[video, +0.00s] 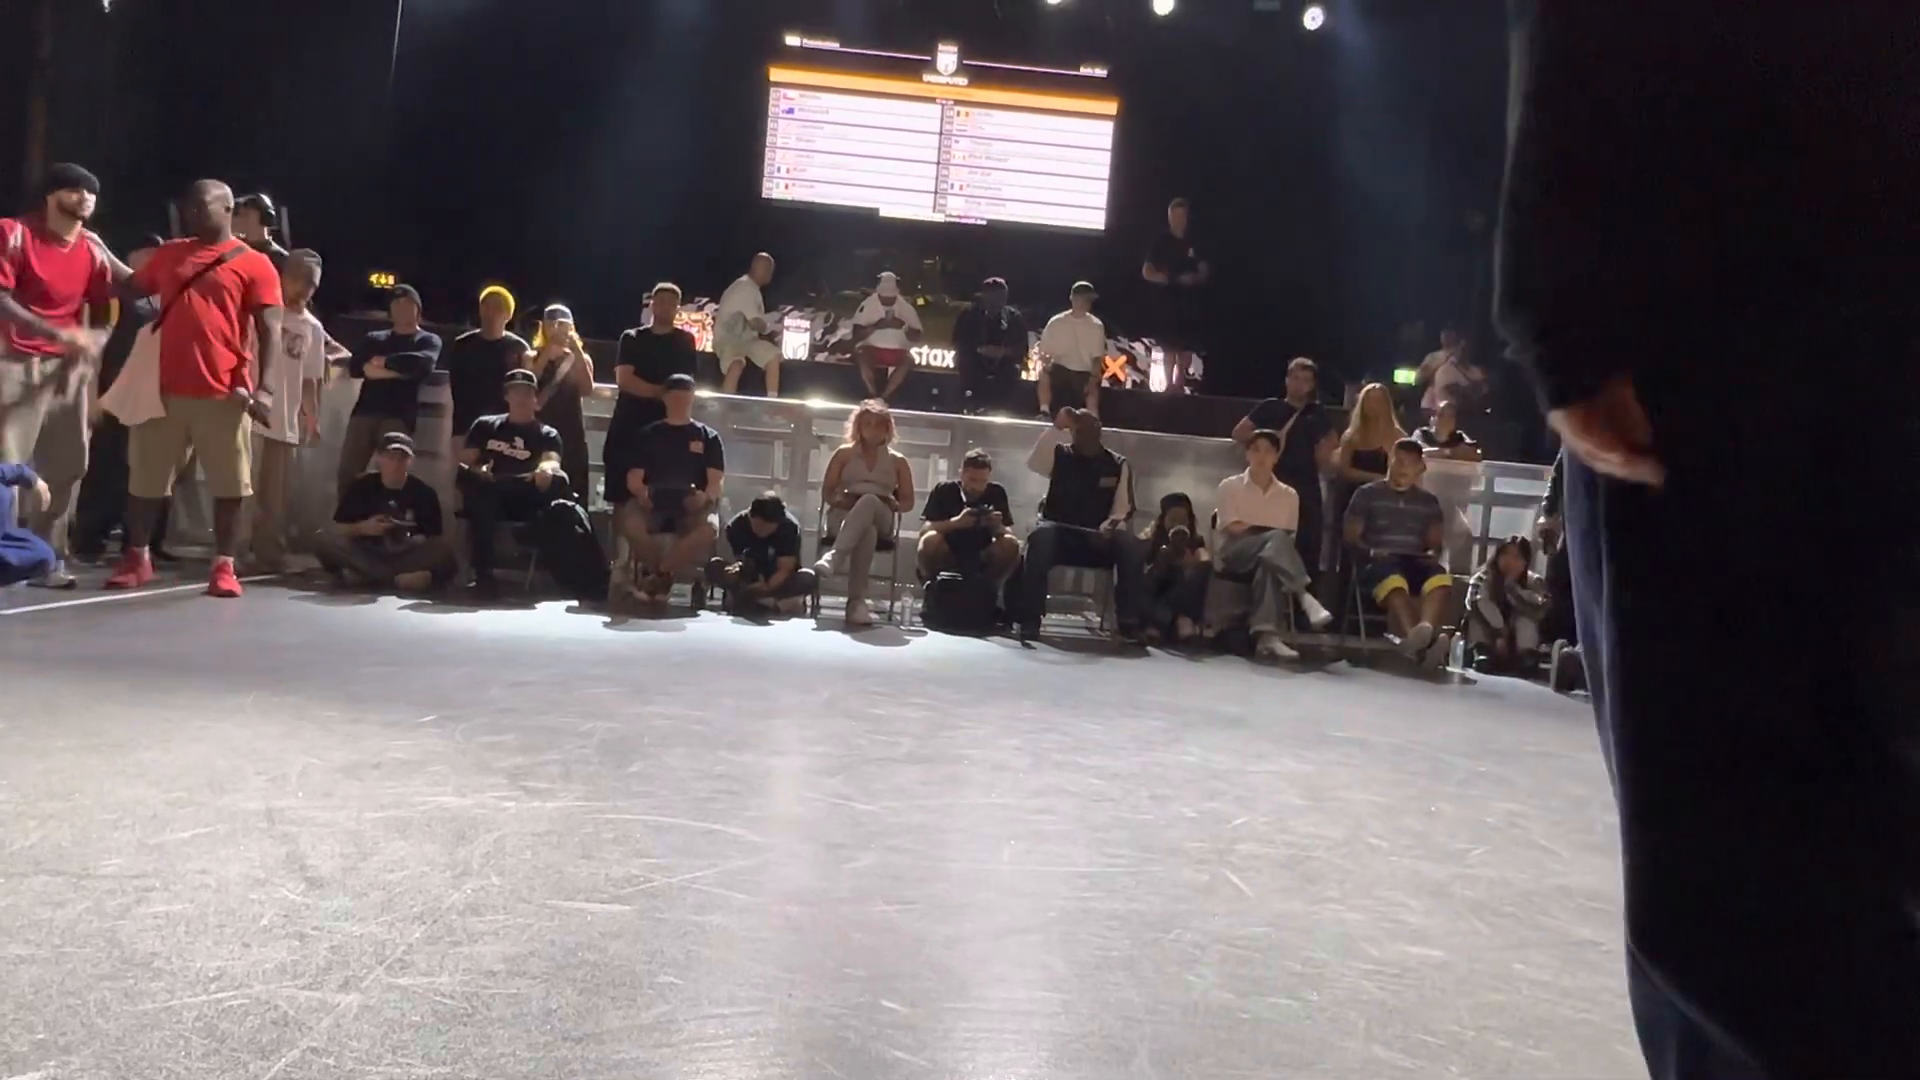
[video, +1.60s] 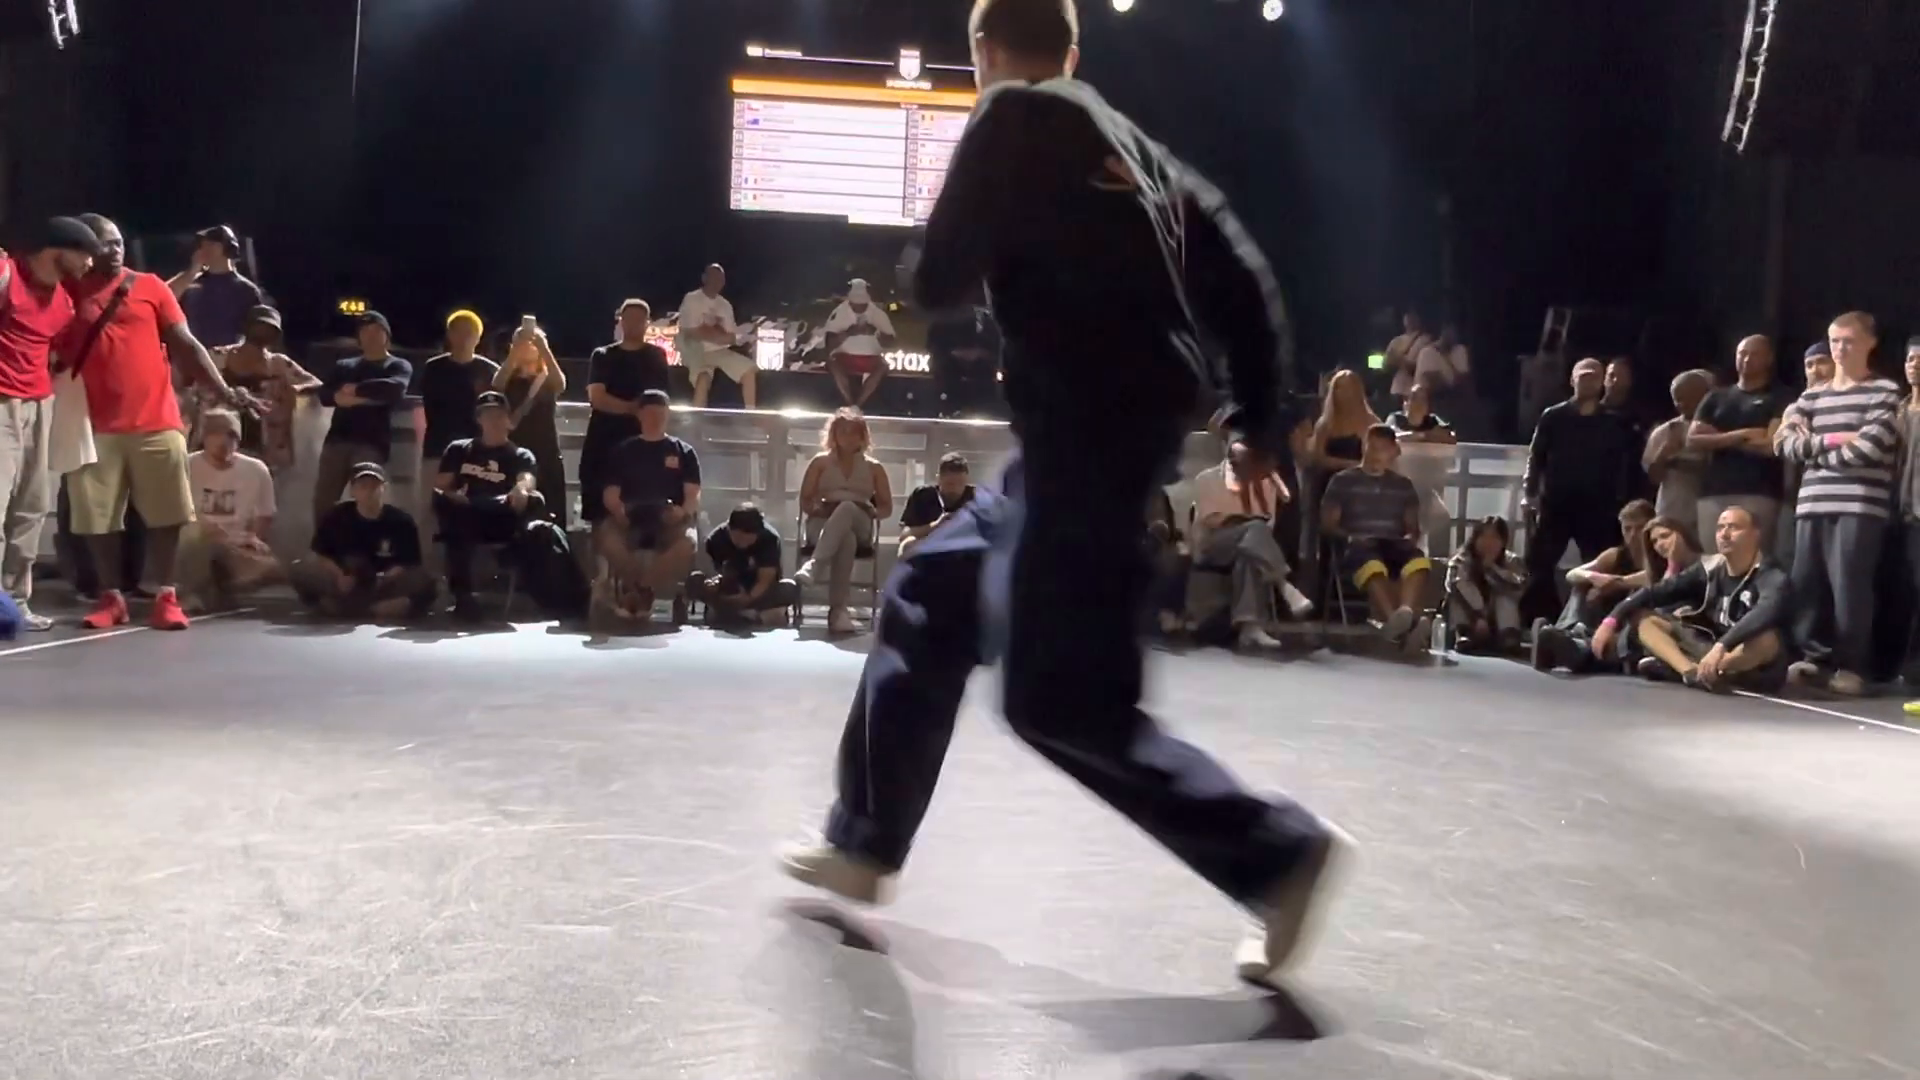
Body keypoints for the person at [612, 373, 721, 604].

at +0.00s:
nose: (680, 400)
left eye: (685, 394)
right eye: (675, 394)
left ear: (692, 397)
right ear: (665, 397)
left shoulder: (708, 437)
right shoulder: (647, 434)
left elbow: (715, 482)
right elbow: (633, 477)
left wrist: (704, 498)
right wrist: (644, 494)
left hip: (690, 499)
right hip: (654, 497)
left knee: (708, 530)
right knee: (630, 520)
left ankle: (659, 574)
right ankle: (662, 575)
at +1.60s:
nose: (655, 417)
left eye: (660, 411)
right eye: (650, 411)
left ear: (667, 415)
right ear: (639, 414)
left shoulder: (683, 451)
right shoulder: (622, 450)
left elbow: (692, 495)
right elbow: (610, 493)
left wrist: (682, 512)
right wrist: (622, 514)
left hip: (668, 513)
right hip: (632, 512)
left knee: (687, 543)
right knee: (607, 535)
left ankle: (644, 589)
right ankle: (639, 590)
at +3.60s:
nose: (678, 429)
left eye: (682, 423)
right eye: (672, 423)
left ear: (689, 426)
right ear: (662, 426)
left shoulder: (706, 462)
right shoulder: (645, 462)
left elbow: (715, 504)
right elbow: (633, 505)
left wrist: (704, 523)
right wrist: (642, 522)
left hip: (690, 523)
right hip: (655, 523)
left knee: (710, 555)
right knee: (630, 545)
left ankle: (663, 601)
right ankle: (661, 600)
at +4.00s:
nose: (682, 422)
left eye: (687, 417)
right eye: (677, 417)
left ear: (694, 421)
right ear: (666, 420)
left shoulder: (709, 456)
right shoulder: (649, 456)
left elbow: (718, 499)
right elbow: (637, 499)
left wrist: (708, 517)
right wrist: (648, 517)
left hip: (694, 519)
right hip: (659, 518)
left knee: (714, 550)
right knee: (637, 544)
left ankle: (670, 598)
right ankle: (665, 596)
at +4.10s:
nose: (683, 422)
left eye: (688, 417)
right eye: (677, 417)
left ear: (695, 420)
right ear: (667, 419)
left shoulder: (711, 456)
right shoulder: (650, 456)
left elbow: (719, 501)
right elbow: (639, 498)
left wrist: (709, 517)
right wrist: (648, 516)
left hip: (695, 519)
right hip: (660, 519)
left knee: (716, 546)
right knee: (638, 536)